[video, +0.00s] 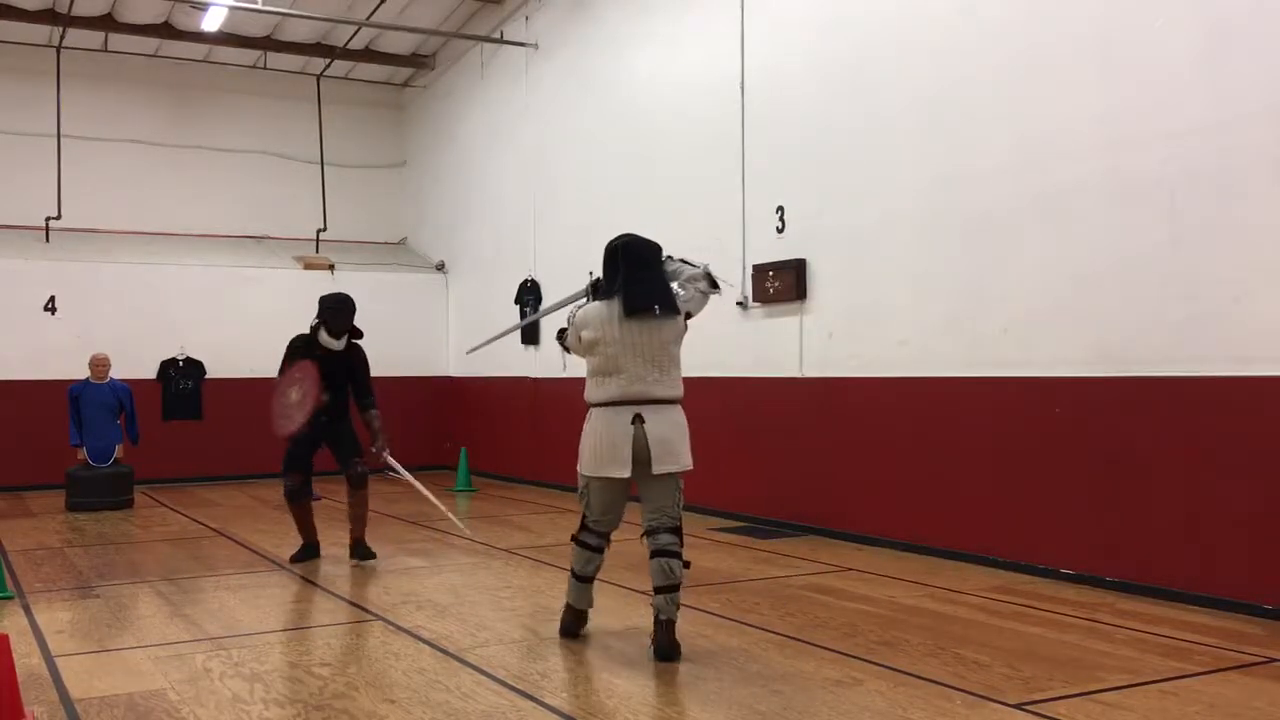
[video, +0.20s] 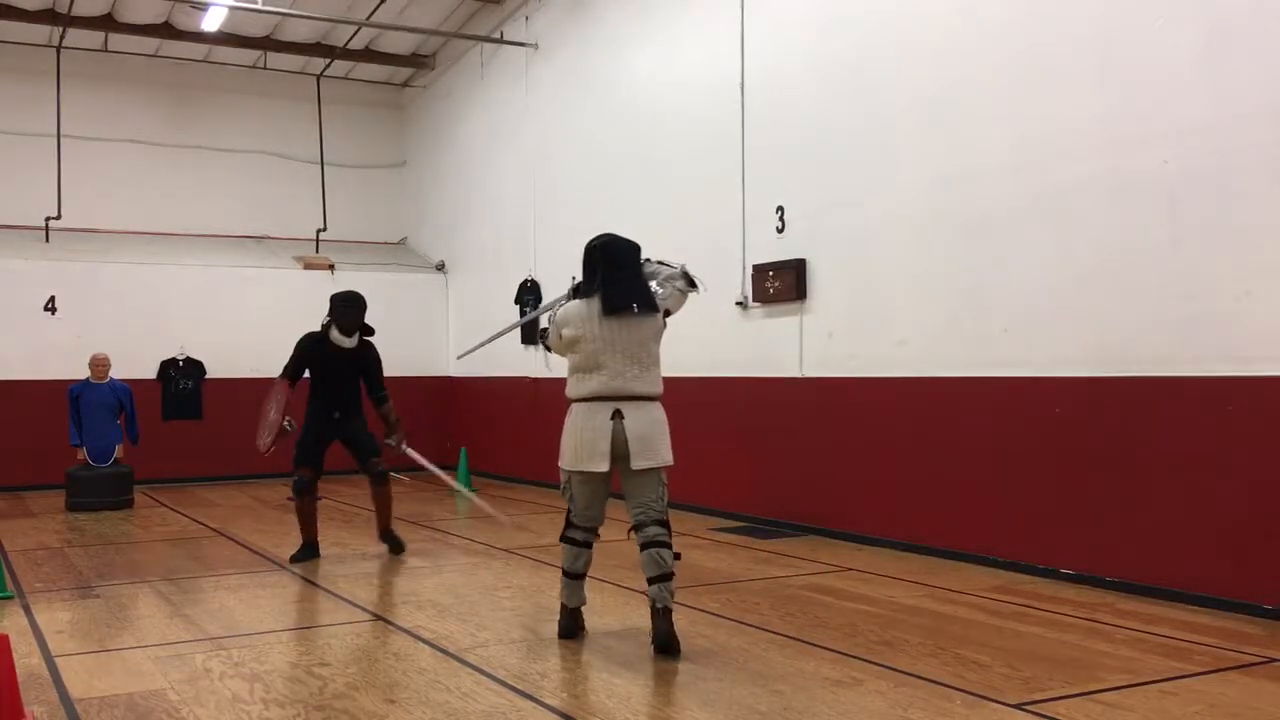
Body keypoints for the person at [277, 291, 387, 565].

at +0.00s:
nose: (339, 334)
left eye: (345, 328)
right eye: (334, 327)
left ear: (351, 325)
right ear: (322, 321)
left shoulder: (354, 353)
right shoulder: (300, 346)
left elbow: (366, 399)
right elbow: (284, 388)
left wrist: (378, 436)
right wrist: (307, 402)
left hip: (339, 424)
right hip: (304, 424)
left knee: (358, 474)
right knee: (294, 484)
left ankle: (358, 542)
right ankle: (310, 543)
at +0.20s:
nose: (351, 320)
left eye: (356, 315)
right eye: (346, 314)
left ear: (362, 317)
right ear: (334, 314)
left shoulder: (366, 350)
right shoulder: (311, 344)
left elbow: (379, 393)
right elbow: (286, 381)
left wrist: (395, 429)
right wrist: (278, 416)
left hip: (352, 421)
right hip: (317, 421)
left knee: (379, 471)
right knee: (303, 482)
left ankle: (385, 531)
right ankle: (309, 544)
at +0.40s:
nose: (369, 320)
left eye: (374, 315)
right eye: (364, 314)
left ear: (381, 318)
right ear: (352, 316)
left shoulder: (388, 351)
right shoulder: (332, 345)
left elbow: (405, 393)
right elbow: (306, 383)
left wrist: (423, 425)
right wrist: (296, 423)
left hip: (375, 422)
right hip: (339, 422)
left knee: (399, 478)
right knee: (320, 479)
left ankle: (417, 536)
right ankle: (311, 544)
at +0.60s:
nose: (385, 330)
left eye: (391, 326)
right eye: (380, 326)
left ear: (398, 324)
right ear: (370, 321)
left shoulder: (406, 350)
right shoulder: (354, 346)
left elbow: (424, 390)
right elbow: (340, 382)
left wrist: (439, 423)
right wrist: (354, 402)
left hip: (394, 420)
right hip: (360, 420)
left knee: (411, 477)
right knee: (337, 473)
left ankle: (418, 536)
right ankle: (318, 536)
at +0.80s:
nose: (389, 321)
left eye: (394, 316)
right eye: (386, 315)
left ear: (405, 318)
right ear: (378, 315)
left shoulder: (412, 347)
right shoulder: (361, 342)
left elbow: (431, 380)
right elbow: (353, 376)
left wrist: (435, 399)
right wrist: (372, 383)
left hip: (399, 415)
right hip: (366, 414)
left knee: (413, 473)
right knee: (342, 471)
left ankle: (418, 536)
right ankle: (344, 528)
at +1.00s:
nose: (381, 323)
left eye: (387, 318)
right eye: (378, 316)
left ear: (397, 319)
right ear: (371, 317)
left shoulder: (407, 347)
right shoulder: (356, 341)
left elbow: (428, 388)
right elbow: (344, 377)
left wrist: (410, 384)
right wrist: (363, 369)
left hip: (394, 415)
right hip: (363, 414)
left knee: (409, 473)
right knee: (344, 471)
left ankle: (419, 536)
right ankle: (346, 524)